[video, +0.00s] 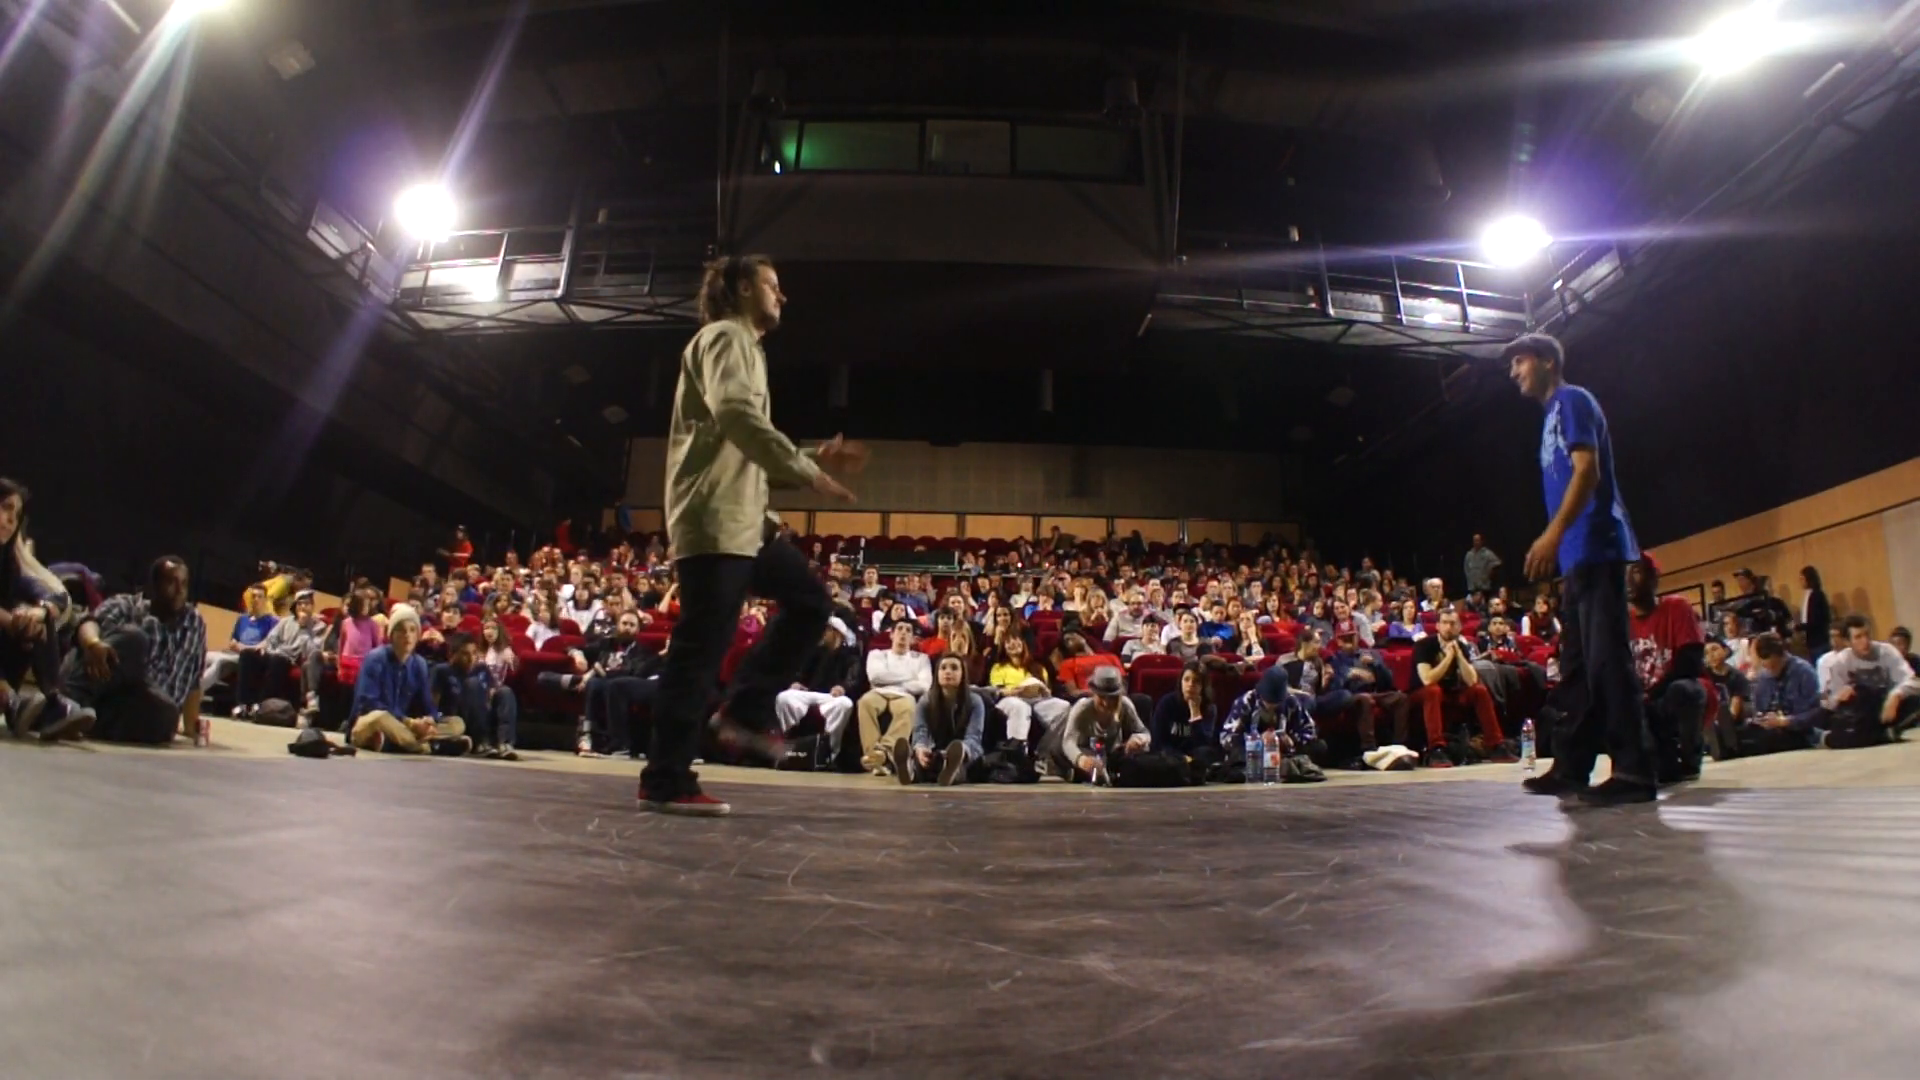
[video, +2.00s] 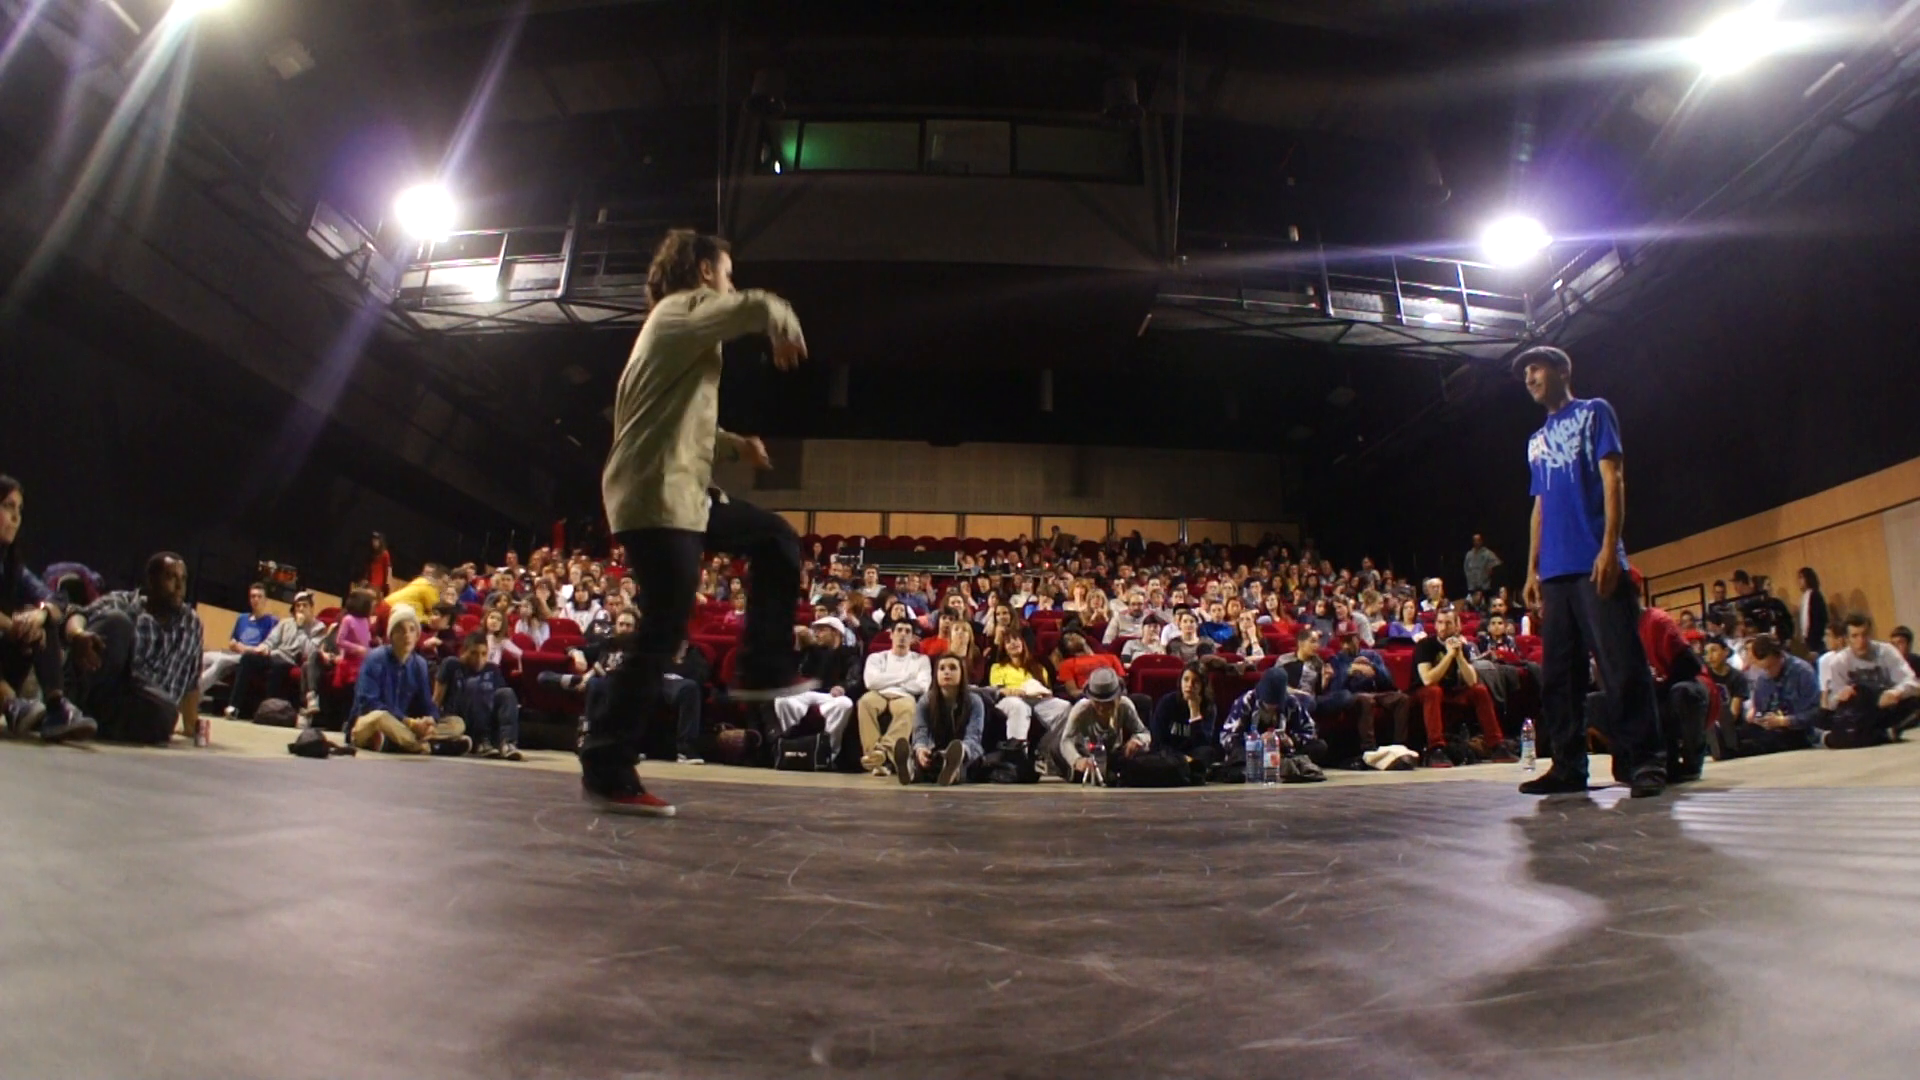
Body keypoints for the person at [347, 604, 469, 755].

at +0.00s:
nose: (407, 636)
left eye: (412, 630)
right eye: (401, 630)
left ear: (418, 634)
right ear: (391, 635)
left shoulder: (419, 664)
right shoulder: (375, 659)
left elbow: (427, 704)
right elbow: (367, 702)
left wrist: (430, 720)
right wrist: (407, 722)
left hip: (411, 725)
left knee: (457, 724)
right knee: (380, 717)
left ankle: (392, 743)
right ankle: (426, 748)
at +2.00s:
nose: (407, 636)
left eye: (412, 630)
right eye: (401, 631)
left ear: (417, 634)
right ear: (391, 636)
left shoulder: (420, 664)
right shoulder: (375, 658)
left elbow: (426, 703)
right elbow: (368, 703)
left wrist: (430, 720)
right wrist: (407, 722)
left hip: (412, 725)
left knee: (457, 723)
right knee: (380, 717)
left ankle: (394, 744)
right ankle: (426, 748)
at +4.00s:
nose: (408, 637)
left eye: (413, 630)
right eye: (401, 631)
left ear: (418, 635)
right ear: (391, 635)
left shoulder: (419, 664)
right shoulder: (376, 658)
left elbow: (426, 704)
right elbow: (367, 703)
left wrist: (430, 720)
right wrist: (406, 722)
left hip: (411, 725)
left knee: (457, 723)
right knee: (381, 717)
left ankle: (394, 744)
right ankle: (426, 748)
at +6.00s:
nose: (408, 637)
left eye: (413, 631)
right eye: (401, 631)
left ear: (418, 635)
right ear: (391, 635)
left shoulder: (419, 664)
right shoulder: (375, 660)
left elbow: (426, 705)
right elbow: (368, 704)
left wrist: (429, 720)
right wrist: (407, 722)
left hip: (411, 725)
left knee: (457, 723)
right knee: (381, 718)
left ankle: (394, 743)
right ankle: (424, 748)